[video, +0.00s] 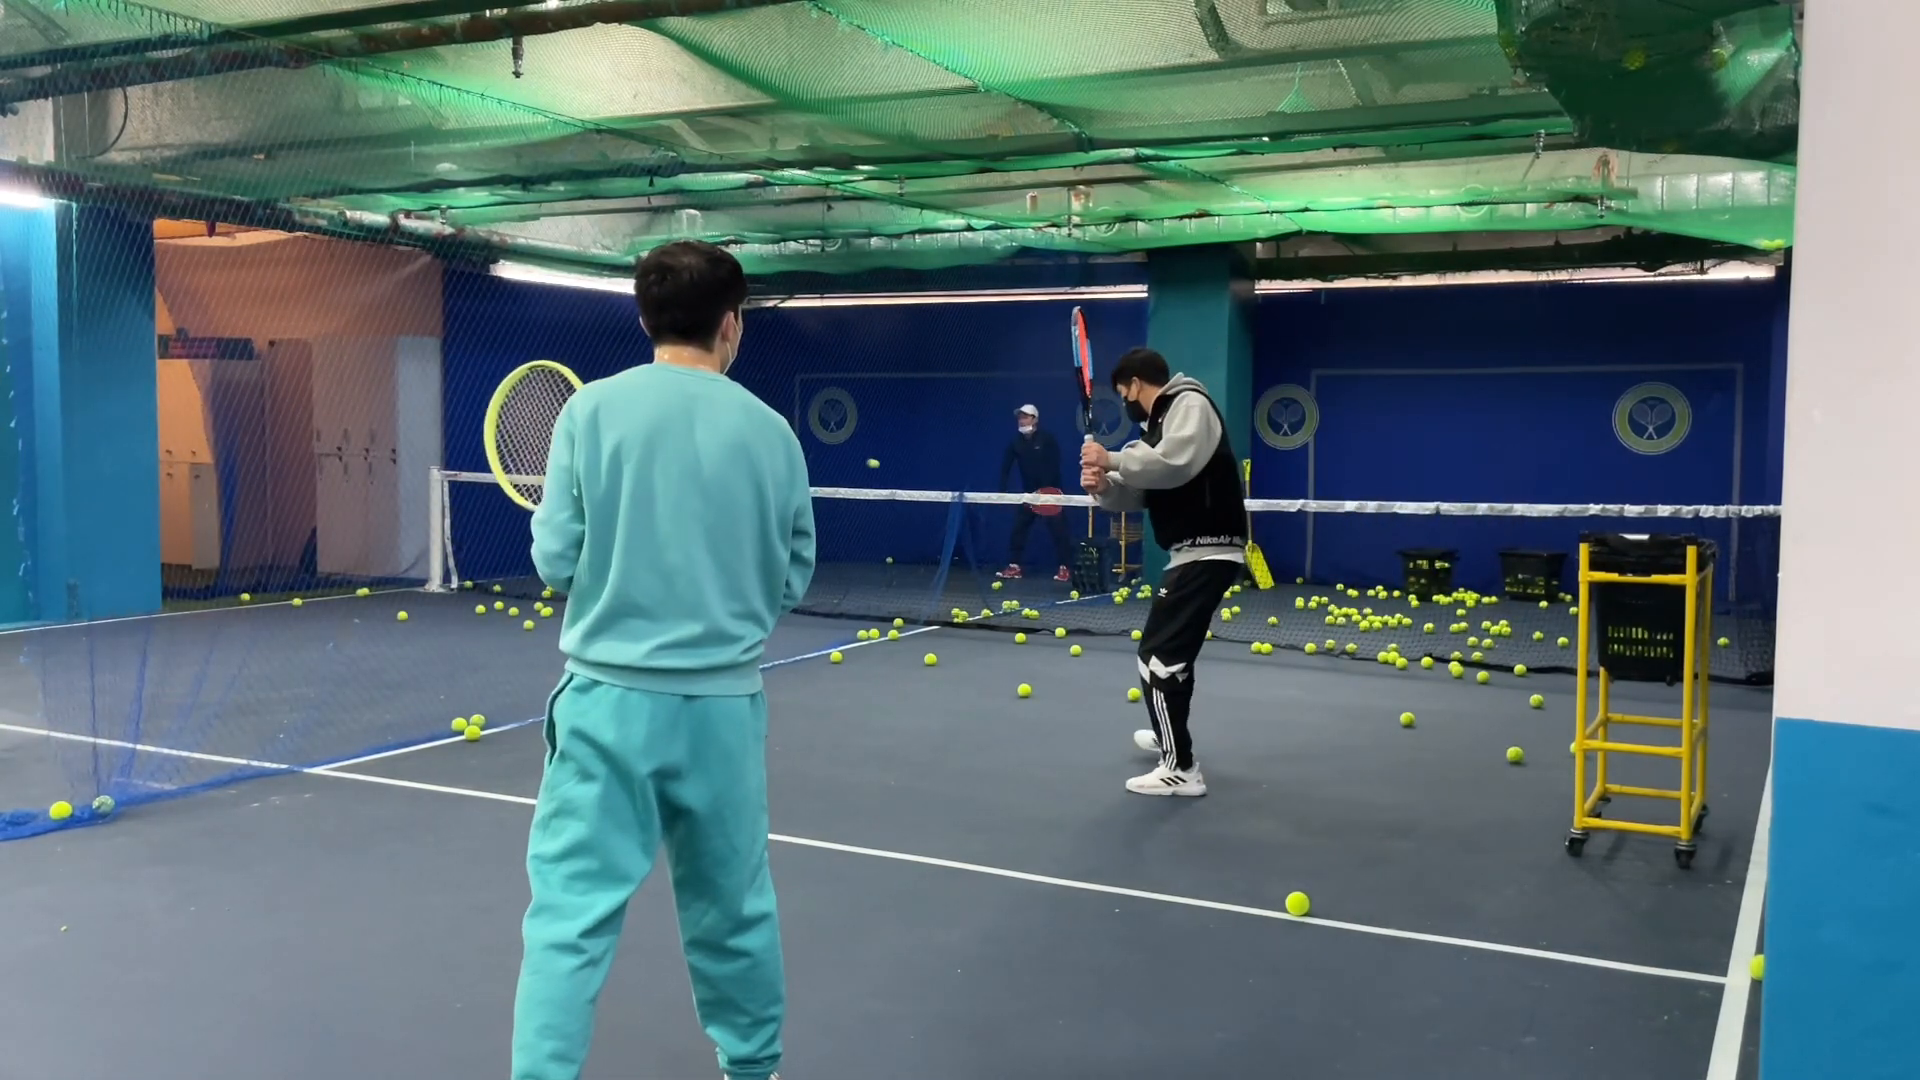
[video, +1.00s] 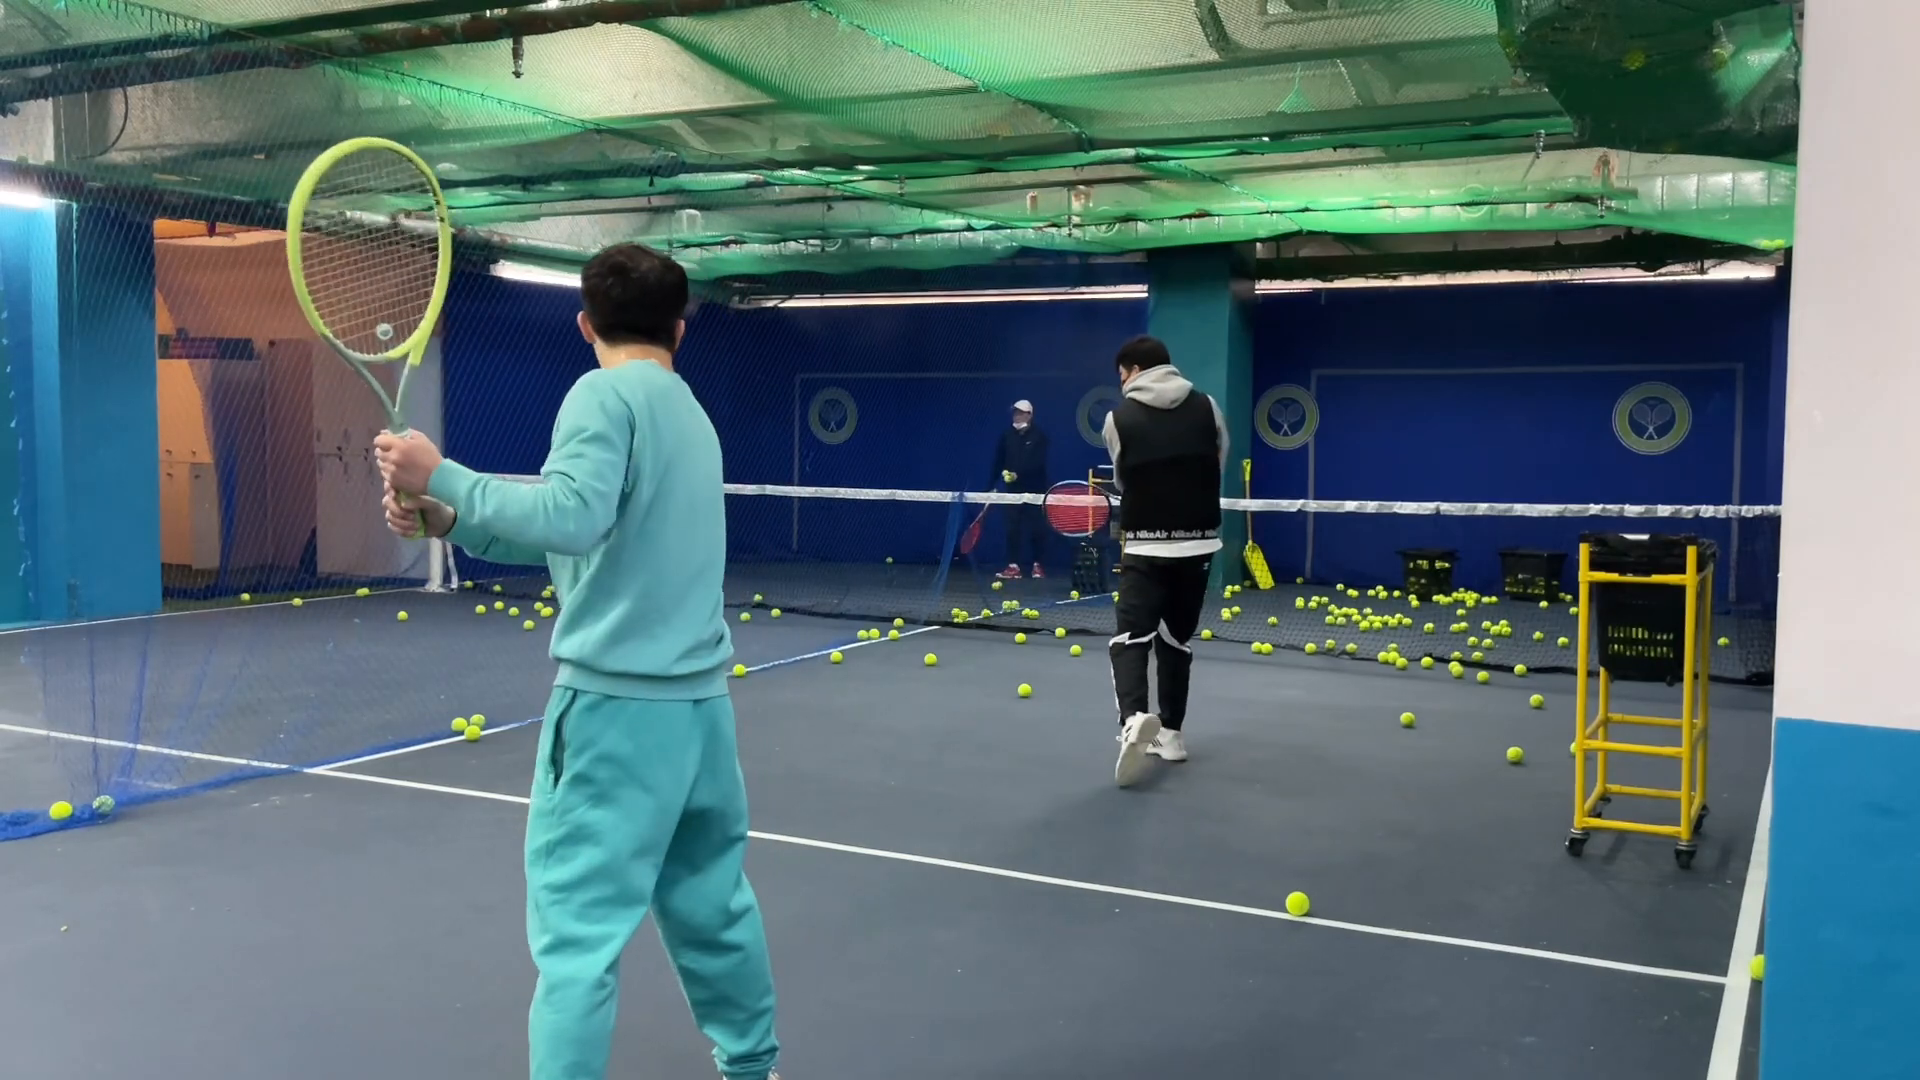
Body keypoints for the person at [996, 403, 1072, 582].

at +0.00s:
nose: (1022, 420)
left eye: (1026, 417)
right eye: (1020, 417)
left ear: (1035, 419)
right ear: (1018, 420)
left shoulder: (1047, 439)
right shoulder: (1015, 442)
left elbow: (1054, 465)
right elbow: (1006, 468)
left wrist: (1052, 490)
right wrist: (1002, 492)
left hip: (1050, 491)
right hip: (1028, 491)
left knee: (1058, 530)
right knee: (1019, 529)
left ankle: (1064, 566)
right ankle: (1015, 565)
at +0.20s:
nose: (1025, 439)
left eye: (1029, 435)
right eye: (1022, 435)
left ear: (1036, 435)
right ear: (1018, 436)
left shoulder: (1048, 448)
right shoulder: (1015, 453)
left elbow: (1060, 472)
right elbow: (1004, 480)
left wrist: (1059, 494)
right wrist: (996, 504)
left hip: (1049, 495)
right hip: (1026, 495)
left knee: (1060, 528)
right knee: (1017, 528)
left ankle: (1068, 564)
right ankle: (1014, 565)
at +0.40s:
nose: (1027, 447)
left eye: (1031, 444)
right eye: (1024, 444)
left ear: (1037, 440)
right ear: (1020, 441)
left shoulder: (1046, 451)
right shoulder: (1013, 456)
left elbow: (1058, 471)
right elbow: (996, 478)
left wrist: (1061, 489)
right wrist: (985, 501)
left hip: (1047, 499)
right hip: (1022, 499)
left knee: (1059, 531)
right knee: (1014, 531)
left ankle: (1068, 565)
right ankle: (1013, 566)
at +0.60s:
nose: (1022, 436)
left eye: (1025, 433)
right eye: (1018, 432)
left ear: (1031, 432)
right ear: (1014, 432)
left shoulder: (1041, 449)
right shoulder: (1006, 451)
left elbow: (1049, 473)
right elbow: (992, 475)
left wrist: (1048, 492)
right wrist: (986, 498)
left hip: (1038, 496)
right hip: (1014, 496)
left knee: (1050, 530)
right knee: (1009, 530)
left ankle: (1061, 564)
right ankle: (1012, 566)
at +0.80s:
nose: (1015, 422)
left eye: (1019, 419)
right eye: (1013, 418)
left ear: (1027, 420)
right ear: (1010, 419)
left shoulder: (1037, 441)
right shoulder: (1004, 441)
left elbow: (1042, 468)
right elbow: (995, 468)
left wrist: (1038, 491)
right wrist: (988, 491)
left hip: (1036, 491)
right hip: (1011, 492)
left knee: (1045, 526)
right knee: (1010, 529)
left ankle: (1053, 564)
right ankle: (1013, 565)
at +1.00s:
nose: (1017, 416)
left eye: (1021, 413)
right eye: (1015, 413)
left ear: (1029, 415)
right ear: (1012, 415)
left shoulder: (1039, 437)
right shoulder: (1007, 436)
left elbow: (1038, 464)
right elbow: (998, 463)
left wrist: (1017, 474)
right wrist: (992, 487)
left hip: (1035, 488)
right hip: (1013, 487)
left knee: (1036, 526)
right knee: (1013, 526)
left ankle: (1036, 564)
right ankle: (1014, 565)